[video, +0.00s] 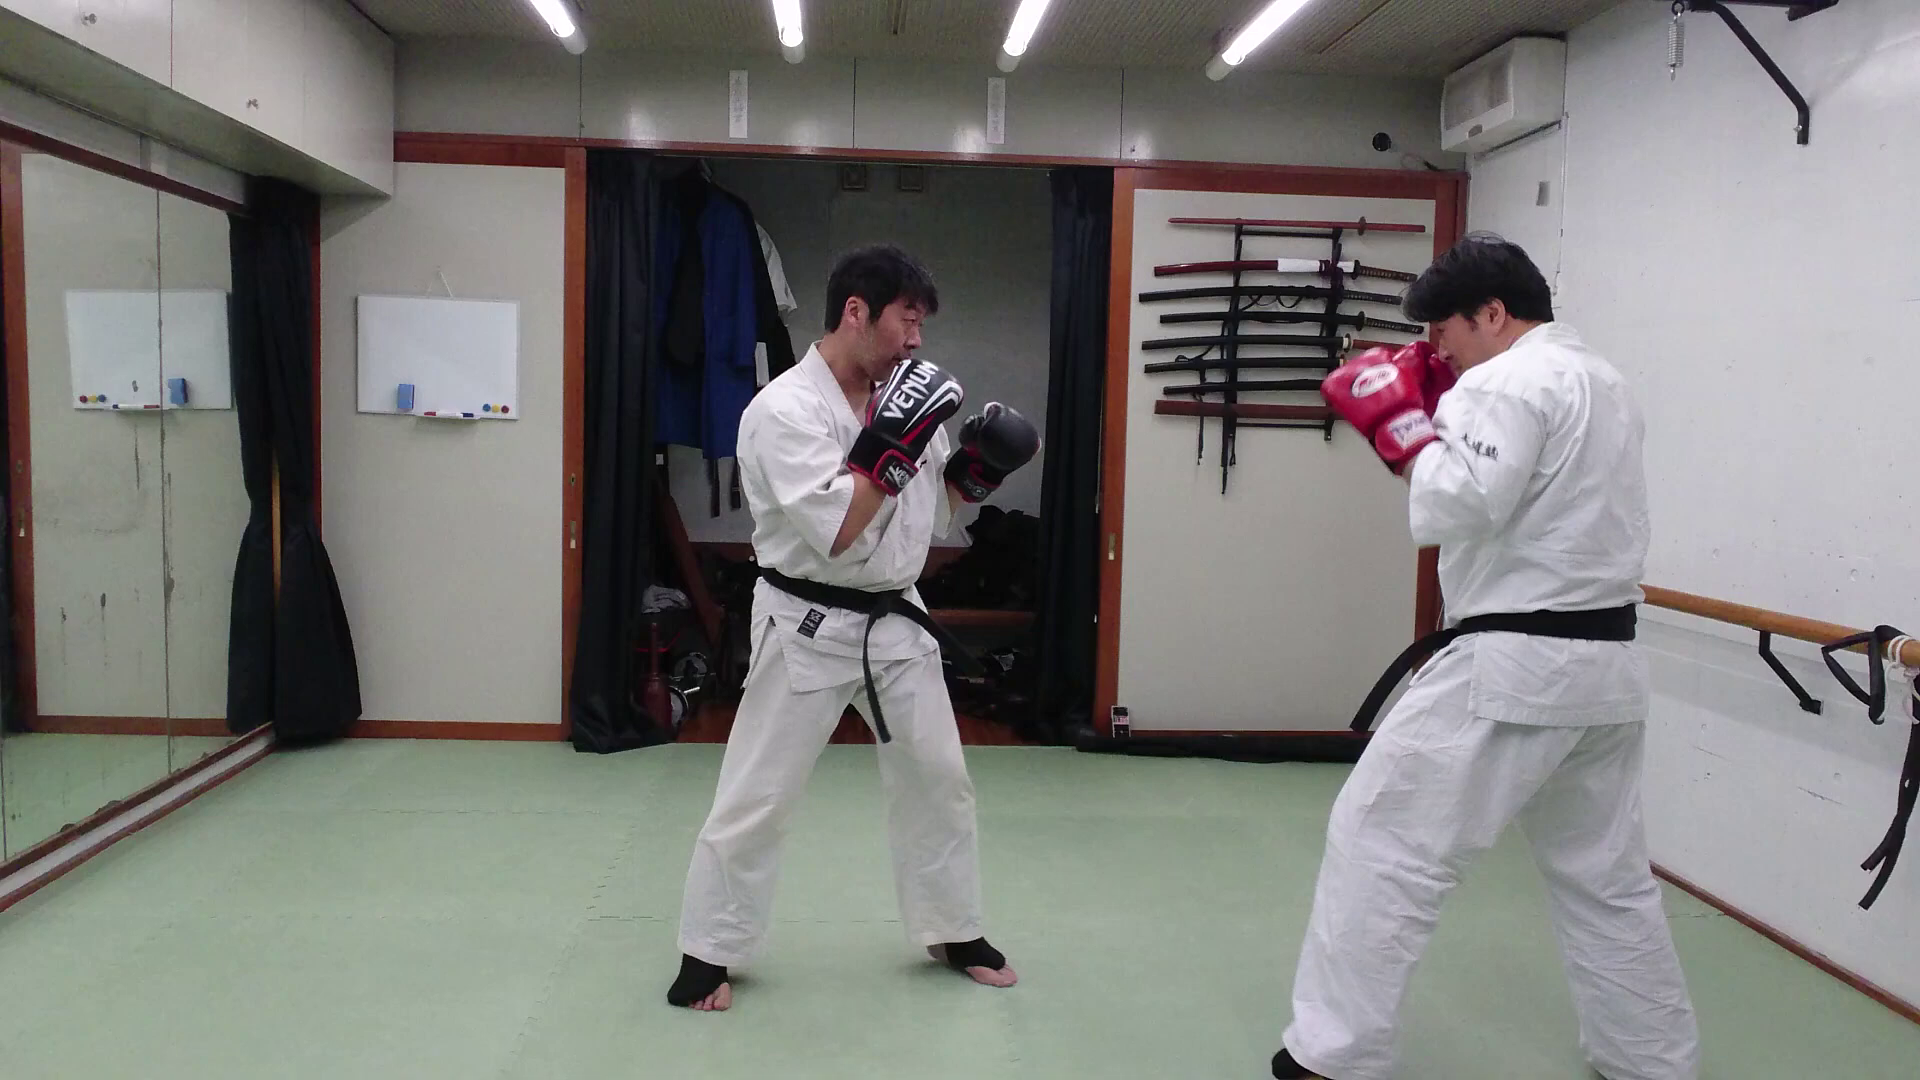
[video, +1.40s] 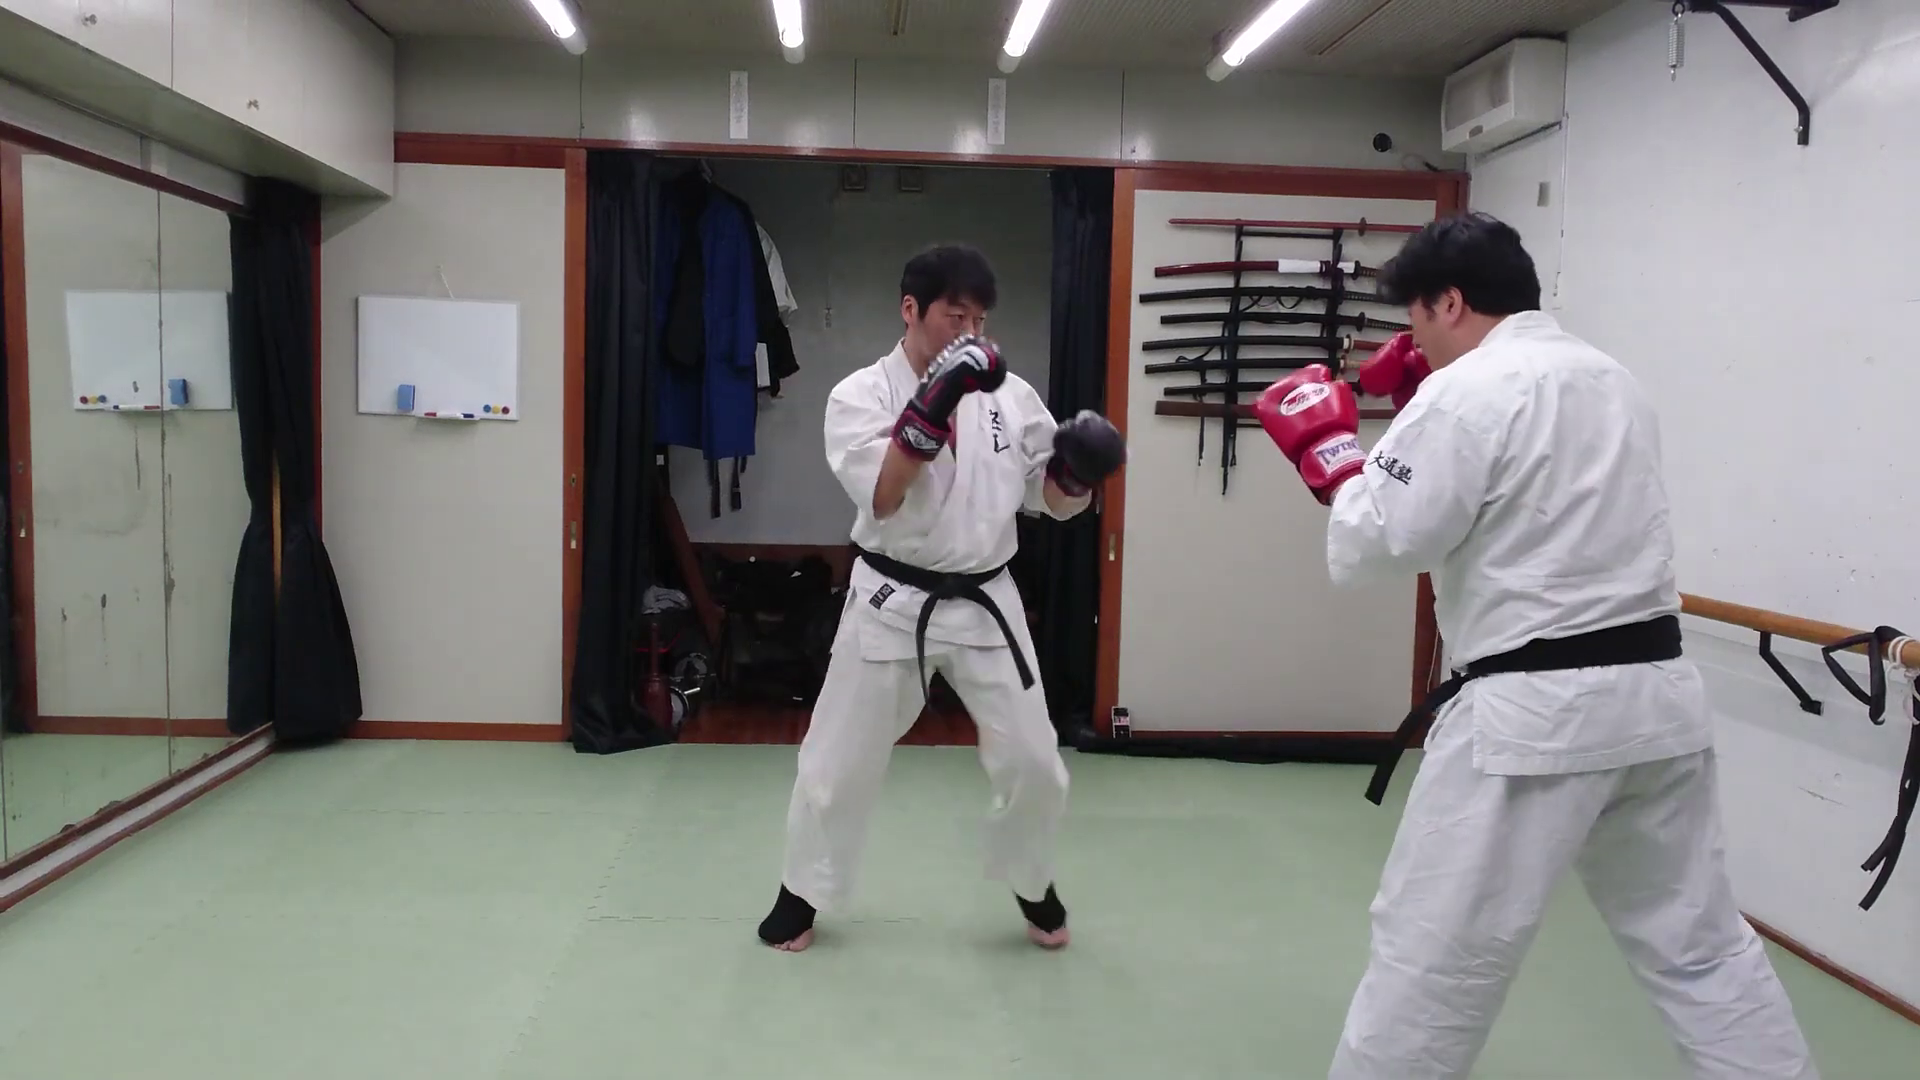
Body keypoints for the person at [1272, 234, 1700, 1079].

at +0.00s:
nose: (1439, 353)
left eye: (1444, 330)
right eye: (1433, 337)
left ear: (1495, 311)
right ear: (1514, 316)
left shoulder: (1514, 381)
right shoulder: (1606, 380)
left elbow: (1456, 503)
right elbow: (1532, 488)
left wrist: (1397, 422)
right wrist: (1433, 416)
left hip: (1511, 665)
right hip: (1611, 664)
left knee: (1381, 840)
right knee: (1607, 881)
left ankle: (1332, 1056)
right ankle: (1653, 1064)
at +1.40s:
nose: (1416, 342)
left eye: (1416, 320)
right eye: (1409, 325)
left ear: (1455, 303)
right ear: (1517, 295)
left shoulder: (1465, 393)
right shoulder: (1613, 377)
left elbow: (1375, 538)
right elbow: (1530, 459)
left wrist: (1332, 452)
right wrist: (1426, 395)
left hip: (1527, 713)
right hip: (1663, 701)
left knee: (1427, 969)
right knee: (1706, 953)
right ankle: (1781, 1072)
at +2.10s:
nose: (1505, 344)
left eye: (1507, 322)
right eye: (1501, 326)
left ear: (1548, 304)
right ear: (1628, 299)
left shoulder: (1521, 395)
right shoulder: (1729, 409)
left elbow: (1428, 533)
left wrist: (1374, 465)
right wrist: (1510, 390)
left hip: (1535, 757)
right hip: (1694, 761)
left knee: (1394, 1001)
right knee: (1721, 1015)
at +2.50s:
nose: (1523, 306)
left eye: (1525, 281)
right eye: (1520, 283)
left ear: (1578, 269)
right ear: (1615, 262)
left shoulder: (1601, 376)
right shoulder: (1706, 351)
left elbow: (1526, 501)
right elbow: (1560, 396)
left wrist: (1398, 434)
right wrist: (1445, 381)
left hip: (1544, 744)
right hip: (1667, 729)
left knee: (1442, 997)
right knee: (1654, 928)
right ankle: (1742, 1076)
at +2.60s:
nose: (1488, 326)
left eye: (1490, 301)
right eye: (1483, 304)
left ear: (1543, 288)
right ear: (1560, 285)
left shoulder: (1613, 408)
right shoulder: (1646, 375)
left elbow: (1464, 520)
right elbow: (1564, 480)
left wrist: (1378, 442)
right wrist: (1469, 451)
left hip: (1560, 760)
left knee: (1421, 966)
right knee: (1437, 784)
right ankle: (1621, 934)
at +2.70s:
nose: (1458, 352)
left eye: (1460, 329)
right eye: (1453, 330)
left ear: (1510, 320)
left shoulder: (1597, 435)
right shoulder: (1617, 393)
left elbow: (1424, 542)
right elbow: (1482, 522)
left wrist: (1377, 455)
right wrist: (1370, 510)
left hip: (1545, 774)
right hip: (1507, 704)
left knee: (1405, 972)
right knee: (1386, 683)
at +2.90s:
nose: (1441, 339)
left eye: (1442, 318)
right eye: (1436, 319)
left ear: (1491, 315)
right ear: (1566, 296)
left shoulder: (1595, 440)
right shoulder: (1568, 393)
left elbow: (1452, 596)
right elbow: (1478, 527)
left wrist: (1363, 495)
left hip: (1513, 761)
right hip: (1463, 689)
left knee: (1392, 982)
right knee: (1324, 692)